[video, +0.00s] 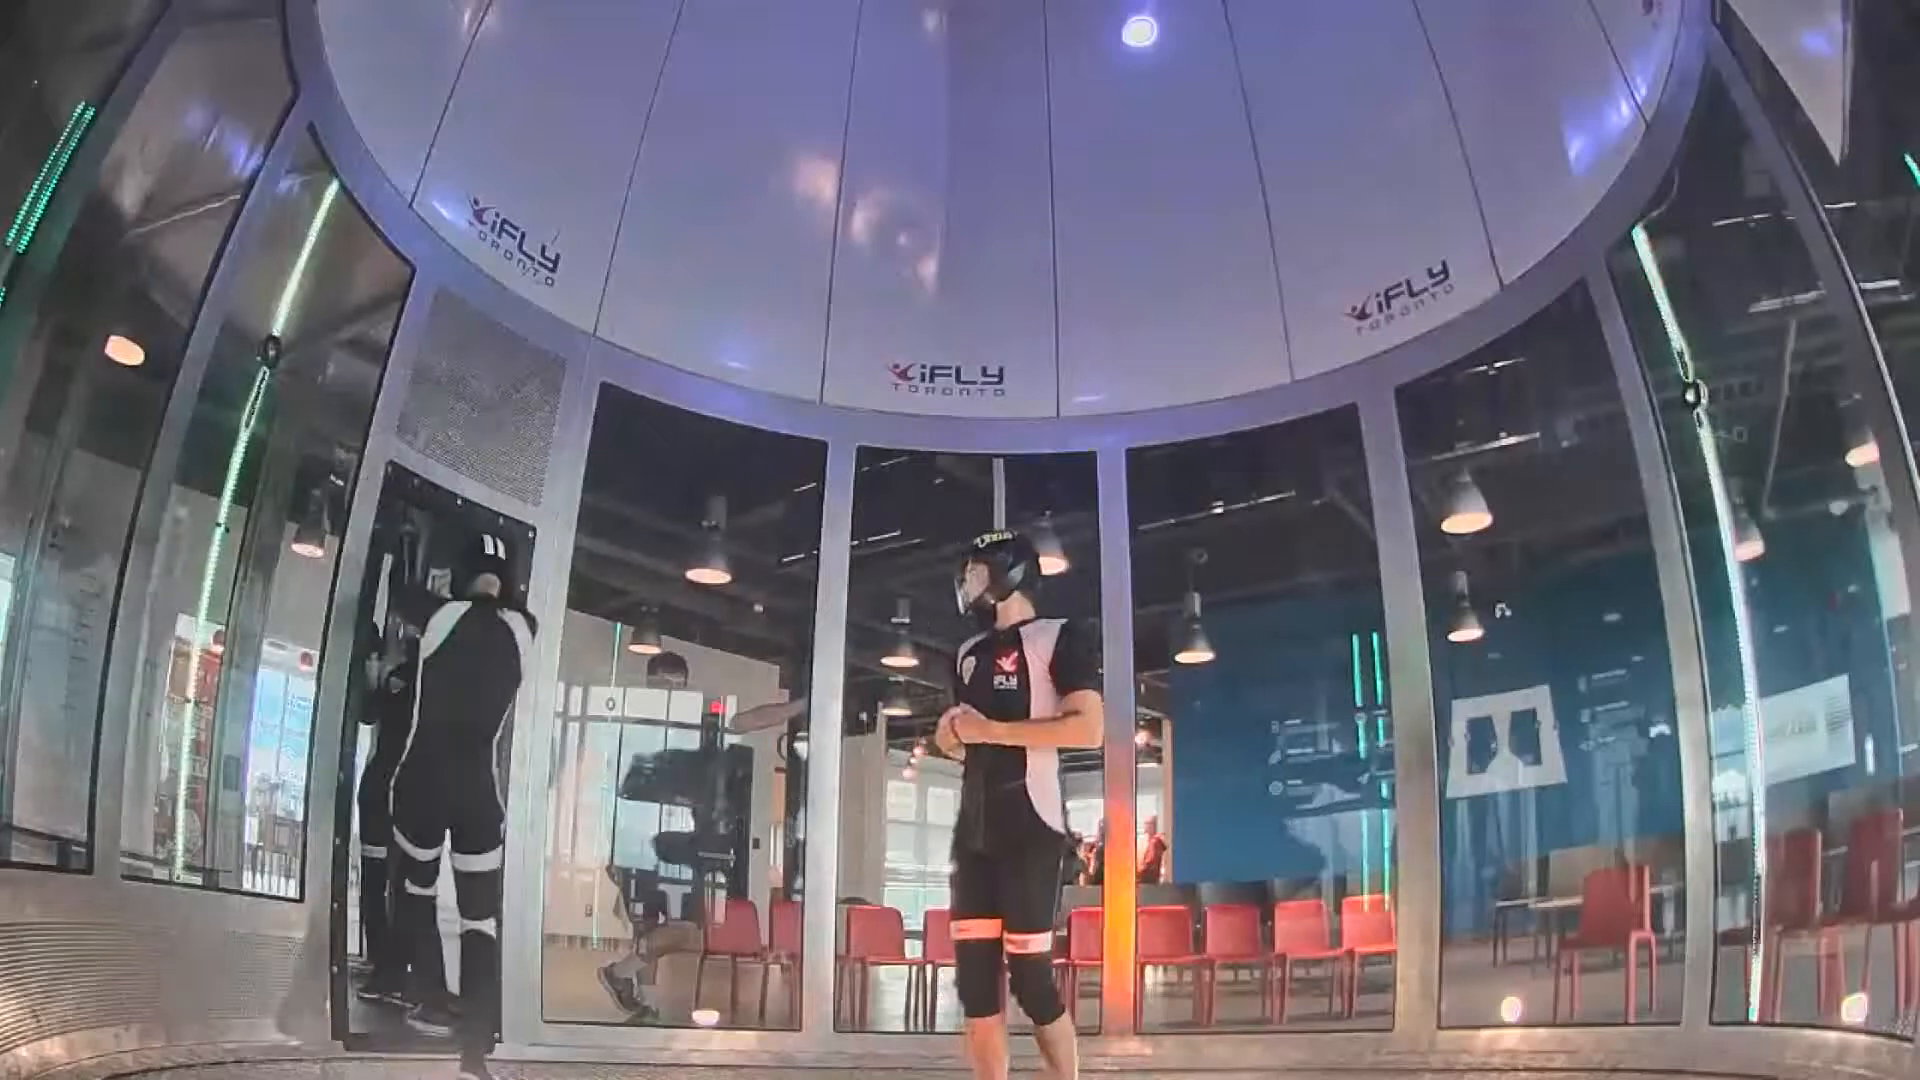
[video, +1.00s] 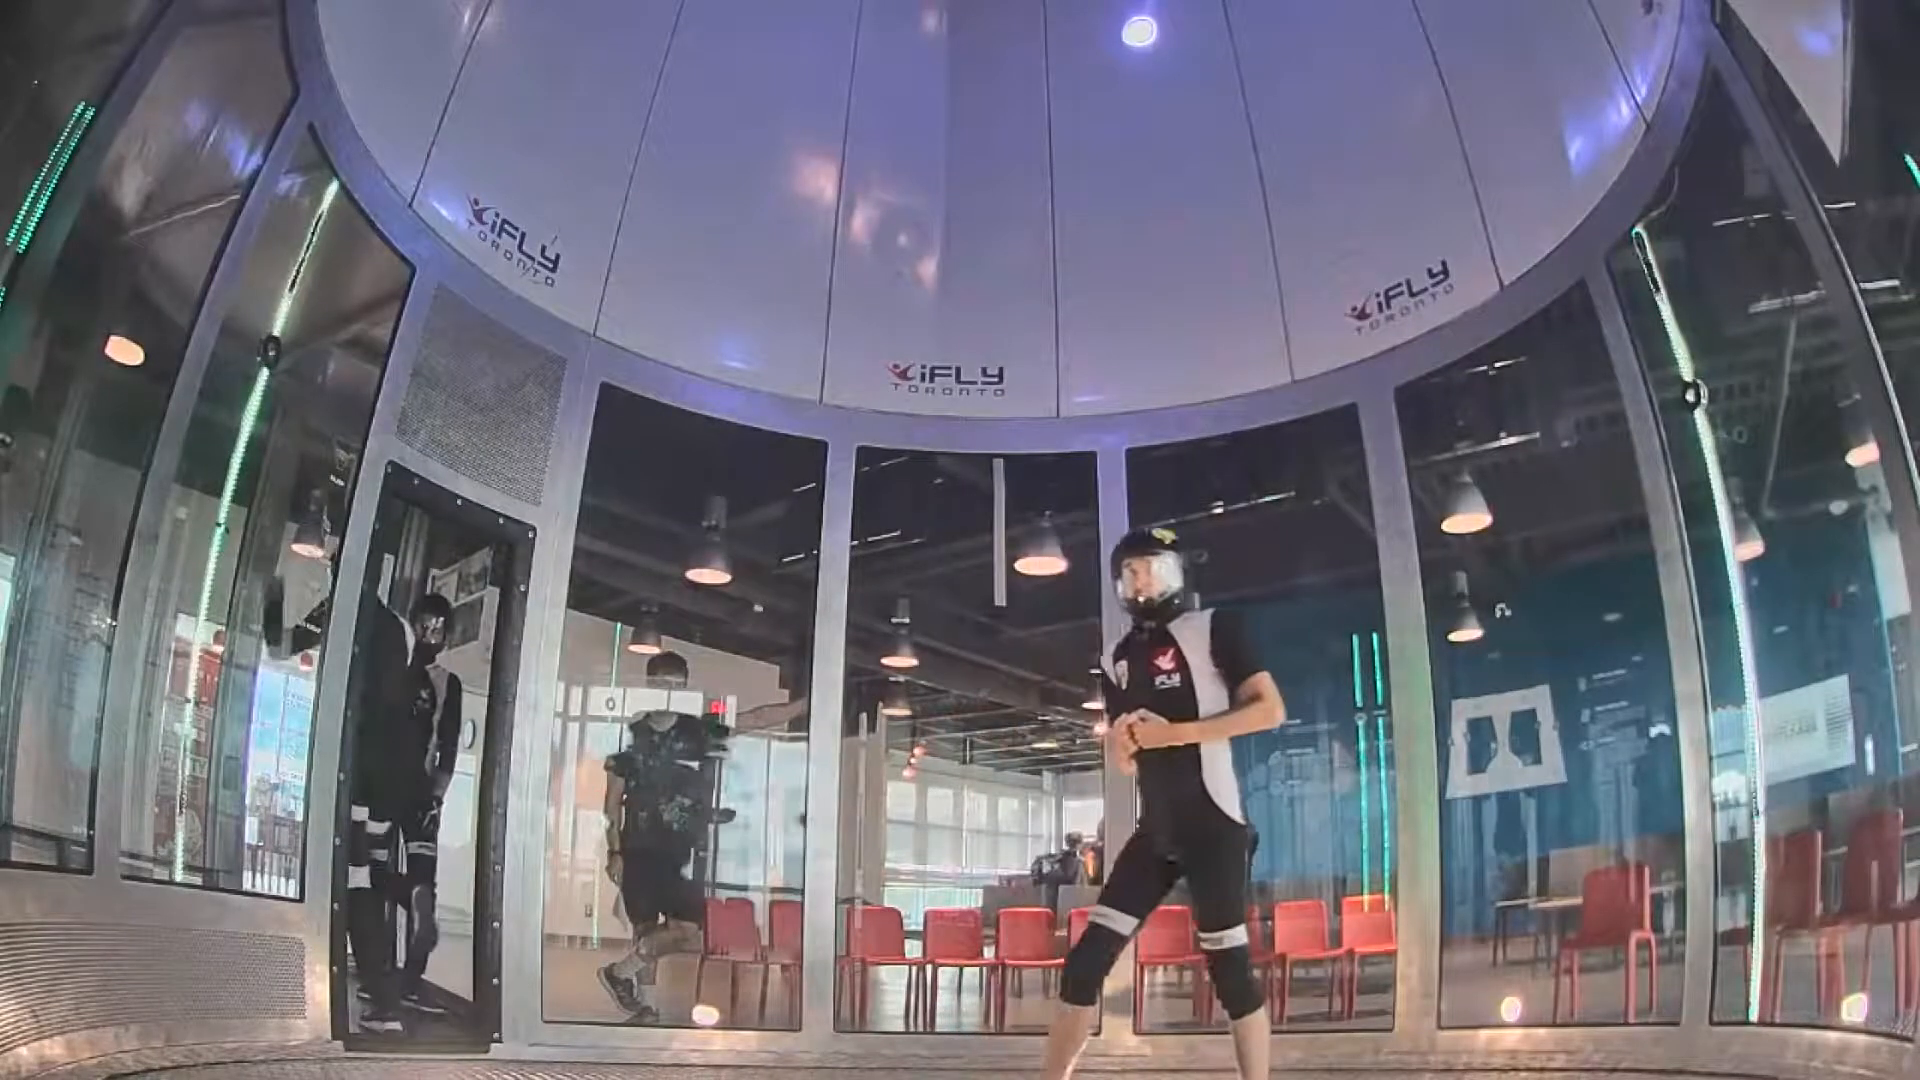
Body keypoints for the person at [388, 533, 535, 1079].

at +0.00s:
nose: (486, 595)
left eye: (471, 588)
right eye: (498, 594)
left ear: (465, 593)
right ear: (504, 599)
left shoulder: (438, 615)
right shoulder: (520, 631)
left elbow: (396, 592)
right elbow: (523, 611)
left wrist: (393, 543)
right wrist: (494, 593)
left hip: (421, 776)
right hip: (481, 783)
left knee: (419, 898)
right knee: (482, 916)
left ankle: (431, 1003)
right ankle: (478, 1045)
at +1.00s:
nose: (430, 635)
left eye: (438, 628)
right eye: (424, 626)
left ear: (446, 634)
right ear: (410, 627)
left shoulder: (448, 683)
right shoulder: (393, 673)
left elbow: (449, 743)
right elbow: (376, 731)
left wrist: (437, 794)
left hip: (421, 796)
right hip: (383, 791)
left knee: (420, 896)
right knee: (381, 892)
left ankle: (412, 978)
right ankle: (378, 978)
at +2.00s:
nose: (446, 608)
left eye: (455, 602)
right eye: (440, 599)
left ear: (466, 607)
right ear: (427, 601)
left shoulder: (473, 662)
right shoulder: (399, 645)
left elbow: (479, 731)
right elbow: (367, 708)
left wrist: (473, 789)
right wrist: (397, 688)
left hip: (444, 784)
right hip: (394, 778)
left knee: (434, 895)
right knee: (385, 887)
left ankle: (418, 994)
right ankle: (386, 996)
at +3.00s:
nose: (494, 611)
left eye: (505, 603)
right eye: (487, 602)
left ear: (523, 607)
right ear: (476, 607)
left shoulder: (545, 656)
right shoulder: (470, 669)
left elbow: (613, 681)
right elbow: (432, 730)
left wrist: (562, 680)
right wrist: (436, 699)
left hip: (530, 815)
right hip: (481, 808)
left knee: (517, 936)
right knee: (431, 913)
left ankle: (541, 1056)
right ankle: (453, 1022)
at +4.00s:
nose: (605, 633)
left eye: (614, 626)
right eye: (598, 627)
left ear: (631, 632)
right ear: (590, 634)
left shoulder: (646, 686)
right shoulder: (590, 691)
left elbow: (661, 767)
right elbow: (584, 759)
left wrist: (599, 790)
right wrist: (568, 778)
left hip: (622, 827)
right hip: (581, 822)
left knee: (611, 943)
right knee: (568, 942)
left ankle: (621, 1061)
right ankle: (579, 1056)